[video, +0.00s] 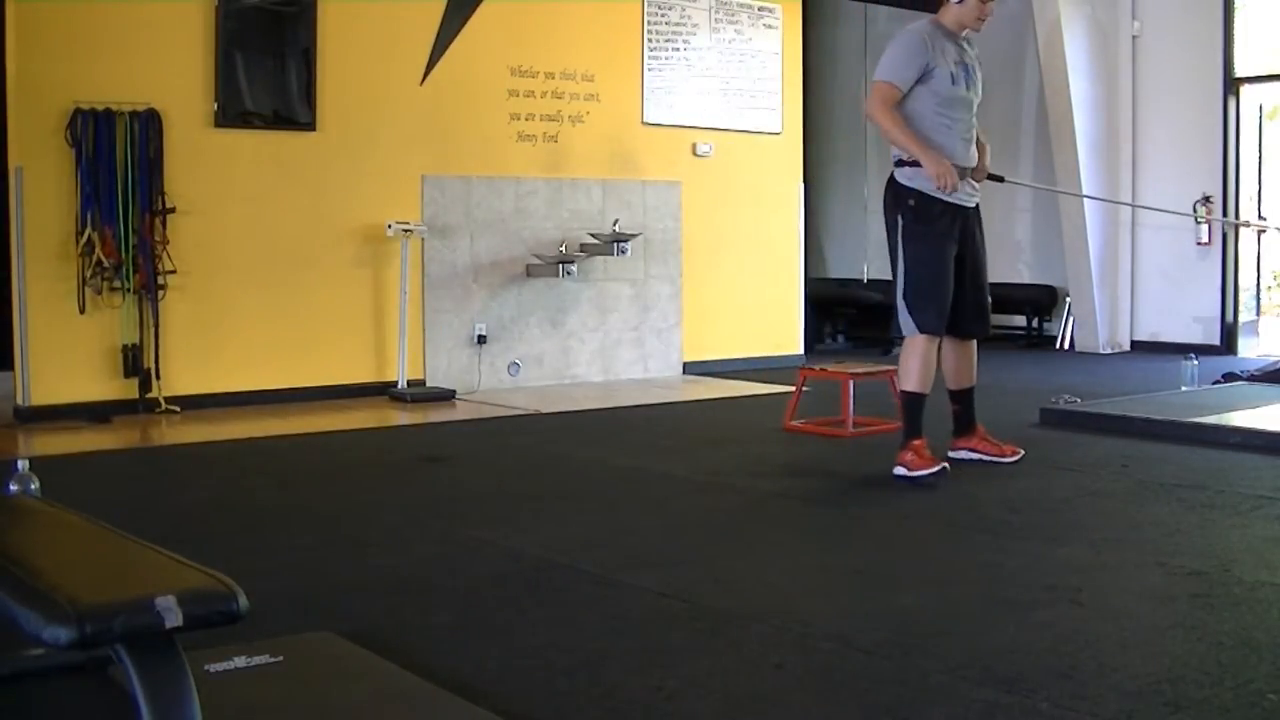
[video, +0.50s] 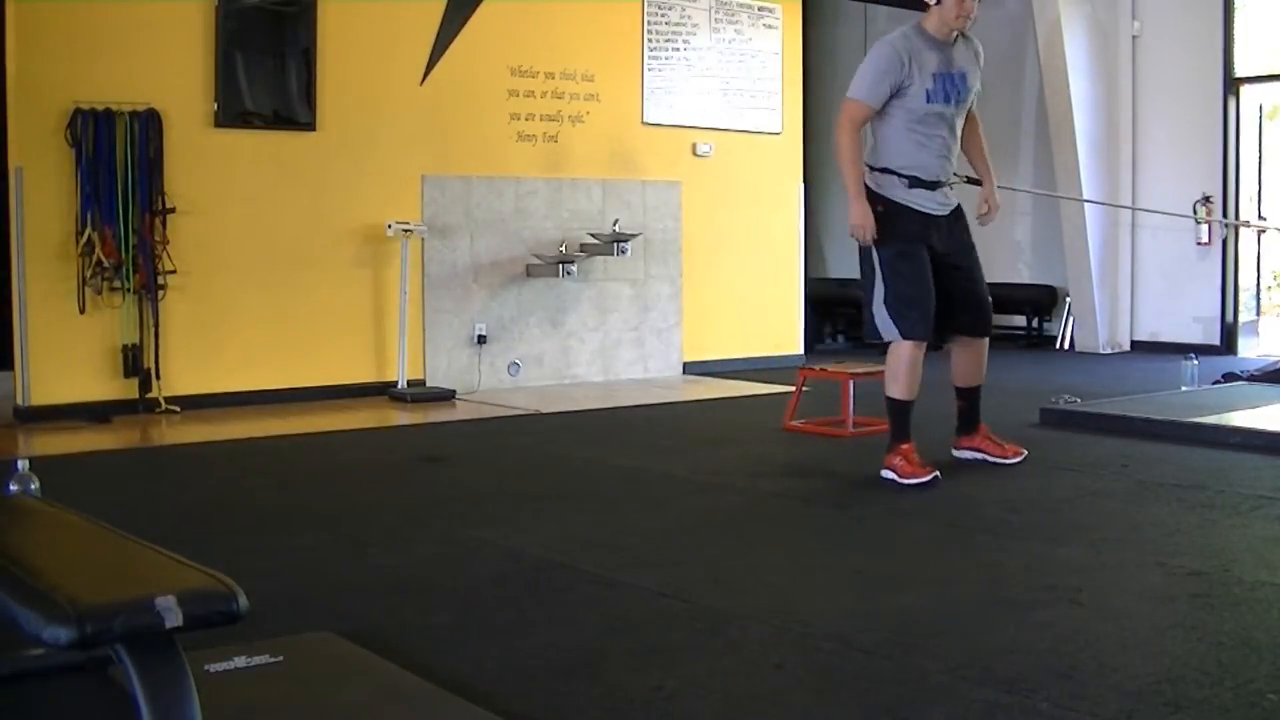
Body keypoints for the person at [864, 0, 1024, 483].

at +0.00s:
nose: (988, 14)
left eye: (990, 7)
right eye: (983, 4)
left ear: (969, 7)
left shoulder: (967, 55)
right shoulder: (918, 38)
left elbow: (957, 118)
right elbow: (878, 105)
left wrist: (976, 145)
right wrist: (929, 156)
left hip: (962, 203)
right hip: (919, 199)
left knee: (962, 322)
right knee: (925, 322)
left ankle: (966, 435)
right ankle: (912, 446)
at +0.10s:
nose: (985, 13)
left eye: (987, 6)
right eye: (978, 4)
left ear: (974, 9)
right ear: (949, 0)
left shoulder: (972, 52)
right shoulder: (912, 42)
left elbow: (968, 111)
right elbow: (870, 108)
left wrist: (991, 147)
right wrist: (910, 169)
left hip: (961, 205)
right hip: (915, 201)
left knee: (962, 323)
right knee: (920, 322)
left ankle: (966, 435)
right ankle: (904, 448)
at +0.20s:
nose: (979, 10)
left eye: (982, 4)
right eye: (971, 2)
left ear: (977, 8)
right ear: (943, 0)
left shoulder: (973, 51)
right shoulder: (906, 44)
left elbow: (970, 114)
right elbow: (862, 111)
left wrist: (999, 159)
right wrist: (888, 175)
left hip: (957, 205)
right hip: (912, 201)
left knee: (960, 324)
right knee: (914, 323)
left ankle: (966, 435)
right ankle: (899, 450)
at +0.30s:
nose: (973, 10)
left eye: (976, 4)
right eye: (965, 2)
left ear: (974, 8)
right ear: (938, 0)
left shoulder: (973, 51)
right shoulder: (901, 46)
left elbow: (969, 117)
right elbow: (854, 118)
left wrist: (1003, 172)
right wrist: (877, 188)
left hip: (953, 206)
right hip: (905, 202)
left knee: (959, 325)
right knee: (914, 324)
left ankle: (966, 436)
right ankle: (899, 450)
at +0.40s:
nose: (968, 10)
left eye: (973, 4)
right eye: (961, 3)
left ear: (972, 8)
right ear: (934, 0)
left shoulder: (969, 50)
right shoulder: (896, 49)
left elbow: (965, 116)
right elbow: (849, 123)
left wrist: (996, 175)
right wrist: (865, 197)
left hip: (948, 207)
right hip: (897, 206)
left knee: (968, 321)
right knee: (911, 326)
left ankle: (966, 434)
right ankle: (899, 451)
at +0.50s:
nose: (970, 11)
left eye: (974, 4)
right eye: (962, 3)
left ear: (973, 9)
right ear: (933, 1)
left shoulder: (969, 50)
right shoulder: (895, 50)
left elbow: (965, 117)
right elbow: (847, 124)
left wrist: (987, 180)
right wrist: (856, 201)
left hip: (945, 207)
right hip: (893, 206)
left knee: (974, 319)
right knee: (912, 325)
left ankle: (969, 434)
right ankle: (899, 451)